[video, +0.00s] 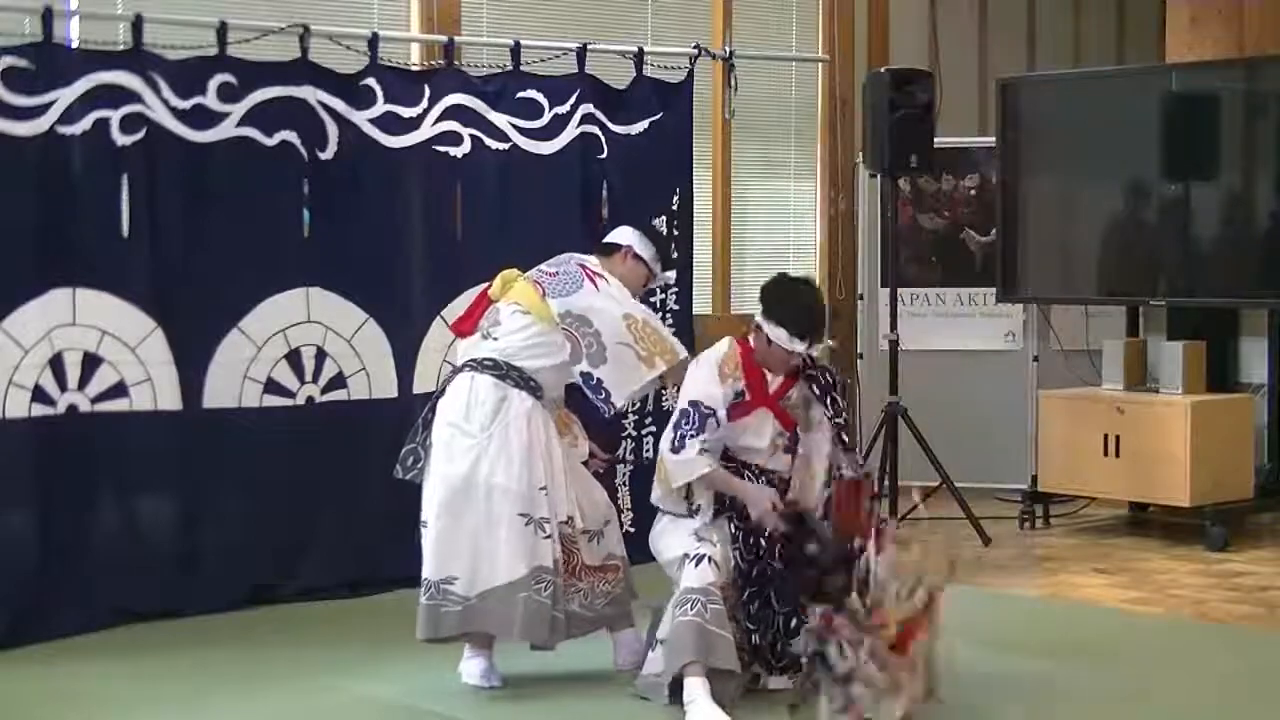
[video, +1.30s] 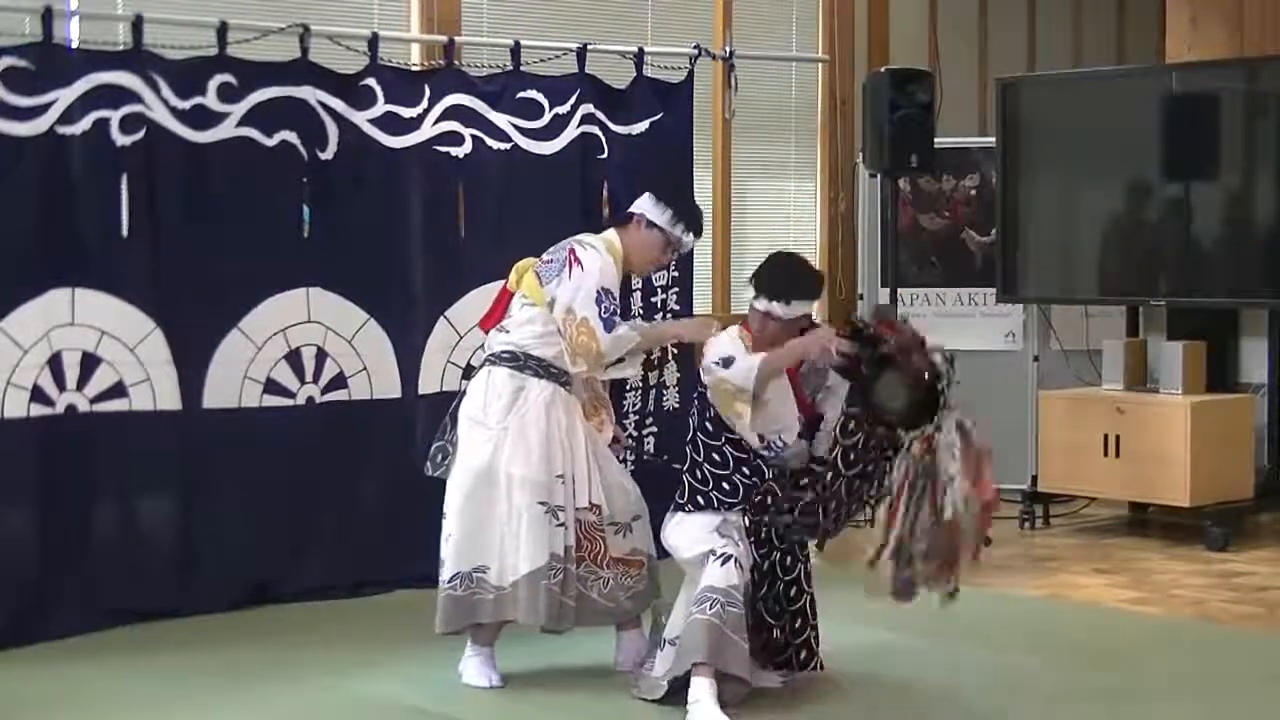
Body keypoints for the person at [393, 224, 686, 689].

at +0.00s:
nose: (644, 290)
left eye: (649, 282)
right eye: (646, 276)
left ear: (619, 255)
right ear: (627, 255)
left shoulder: (559, 274)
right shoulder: (594, 280)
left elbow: (543, 384)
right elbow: (656, 349)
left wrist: (581, 443)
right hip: (492, 403)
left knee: (593, 512)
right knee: (487, 526)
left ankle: (627, 643)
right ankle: (478, 653)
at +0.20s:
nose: (640, 280)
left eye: (646, 271)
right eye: (643, 266)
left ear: (613, 243)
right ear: (622, 245)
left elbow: (542, 370)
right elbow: (634, 353)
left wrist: (577, 432)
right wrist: (654, 408)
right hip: (498, 399)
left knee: (594, 510)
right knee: (488, 522)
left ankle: (627, 642)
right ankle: (478, 652)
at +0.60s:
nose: (661, 254)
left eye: (667, 244)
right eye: (661, 238)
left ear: (629, 221)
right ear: (630, 217)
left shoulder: (592, 263)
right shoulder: (580, 258)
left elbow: (564, 354)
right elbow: (590, 346)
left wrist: (591, 415)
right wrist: (668, 345)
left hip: (544, 400)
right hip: (503, 394)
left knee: (613, 504)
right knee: (498, 517)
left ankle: (631, 643)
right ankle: (478, 650)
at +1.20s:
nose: (672, 258)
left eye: (679, 249)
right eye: (673, 244)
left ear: (643, 227)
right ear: (644, 223)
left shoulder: (604, 263)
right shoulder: (595, 261)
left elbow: (587, 357)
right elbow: (595, 347)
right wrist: (678, 331)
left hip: (557, 405)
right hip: (515, 398)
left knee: (621, 506)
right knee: (500, 519)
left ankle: (633, 647)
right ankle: (479, 651)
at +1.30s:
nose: (667, 263)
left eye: (674, 254)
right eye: (669, 248)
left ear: (636, 226)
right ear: (641, 224)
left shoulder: (592, 261)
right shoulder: (592, 262)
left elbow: (586, 359)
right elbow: (589, 349)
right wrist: (674, 329)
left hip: (549, 400)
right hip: (517, 397)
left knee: (621, 504)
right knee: (505, 518)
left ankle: (633, 644)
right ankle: (479, 652)